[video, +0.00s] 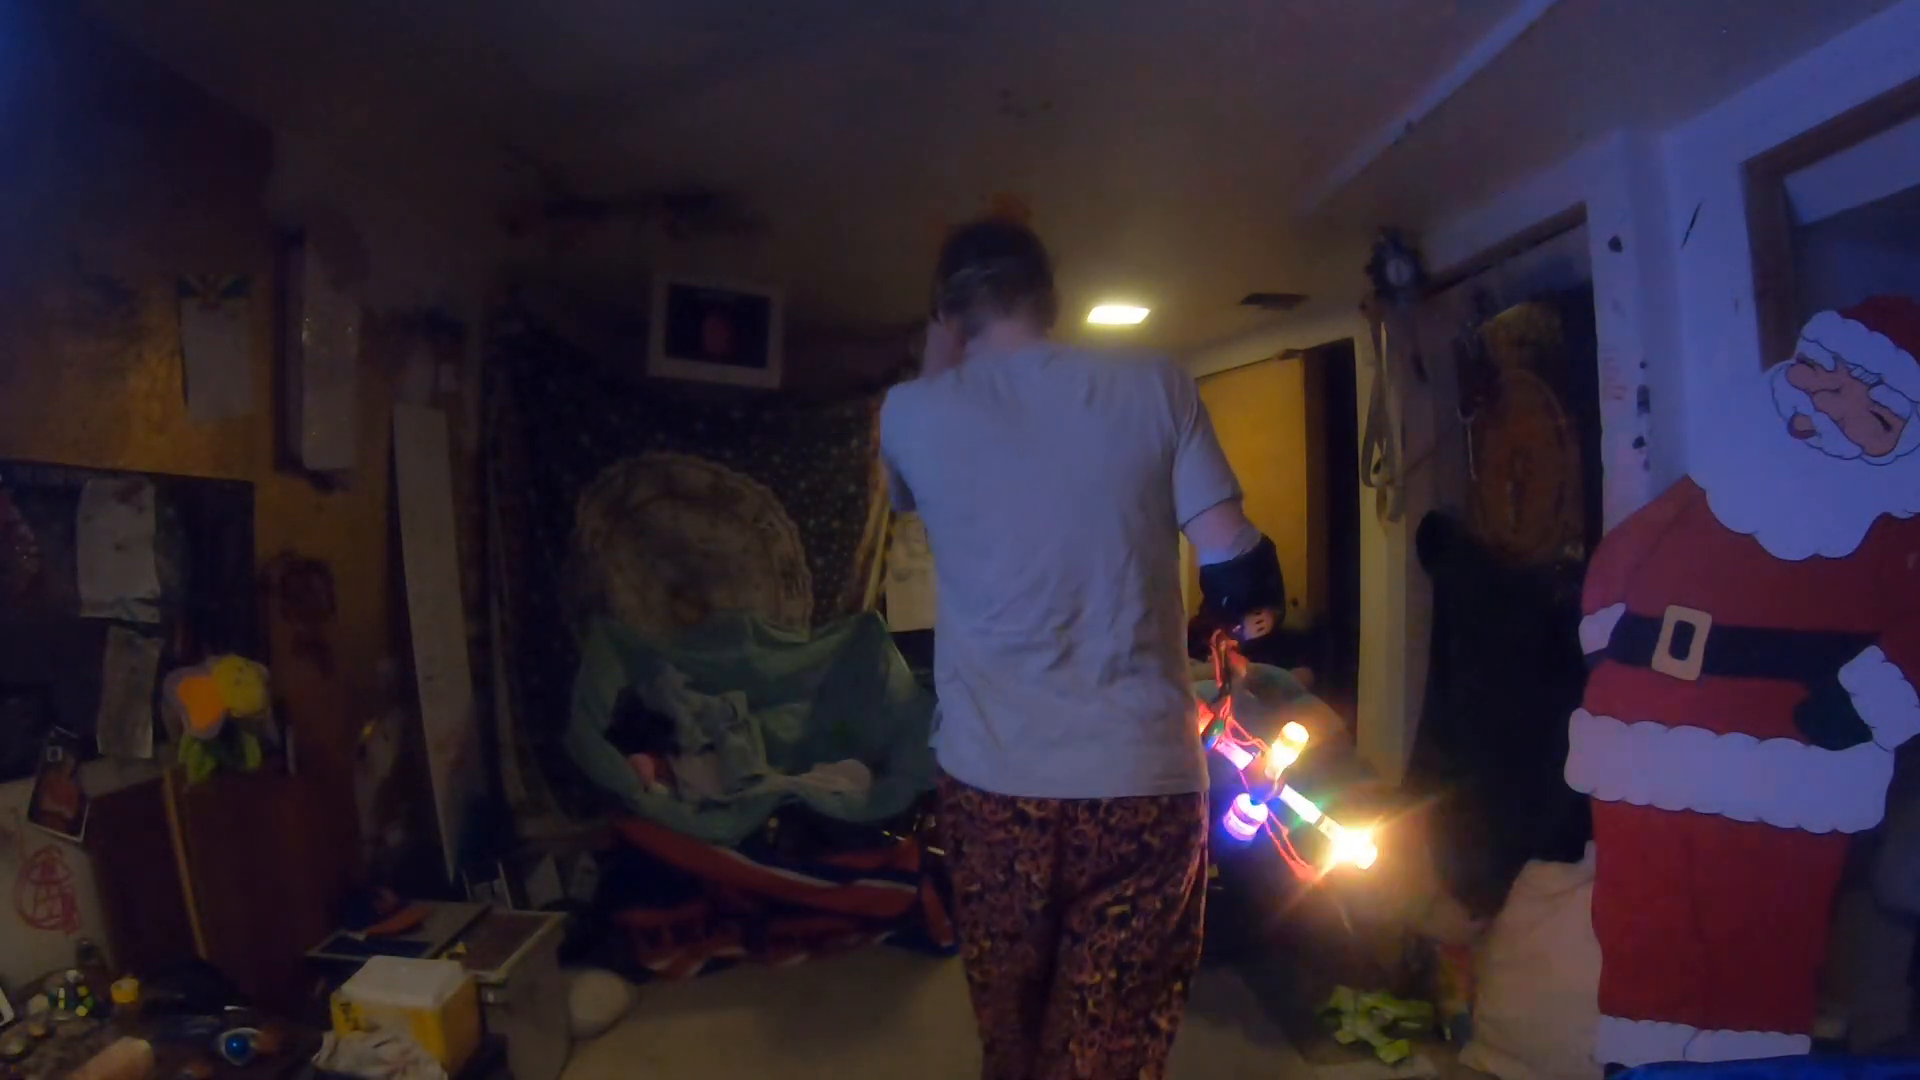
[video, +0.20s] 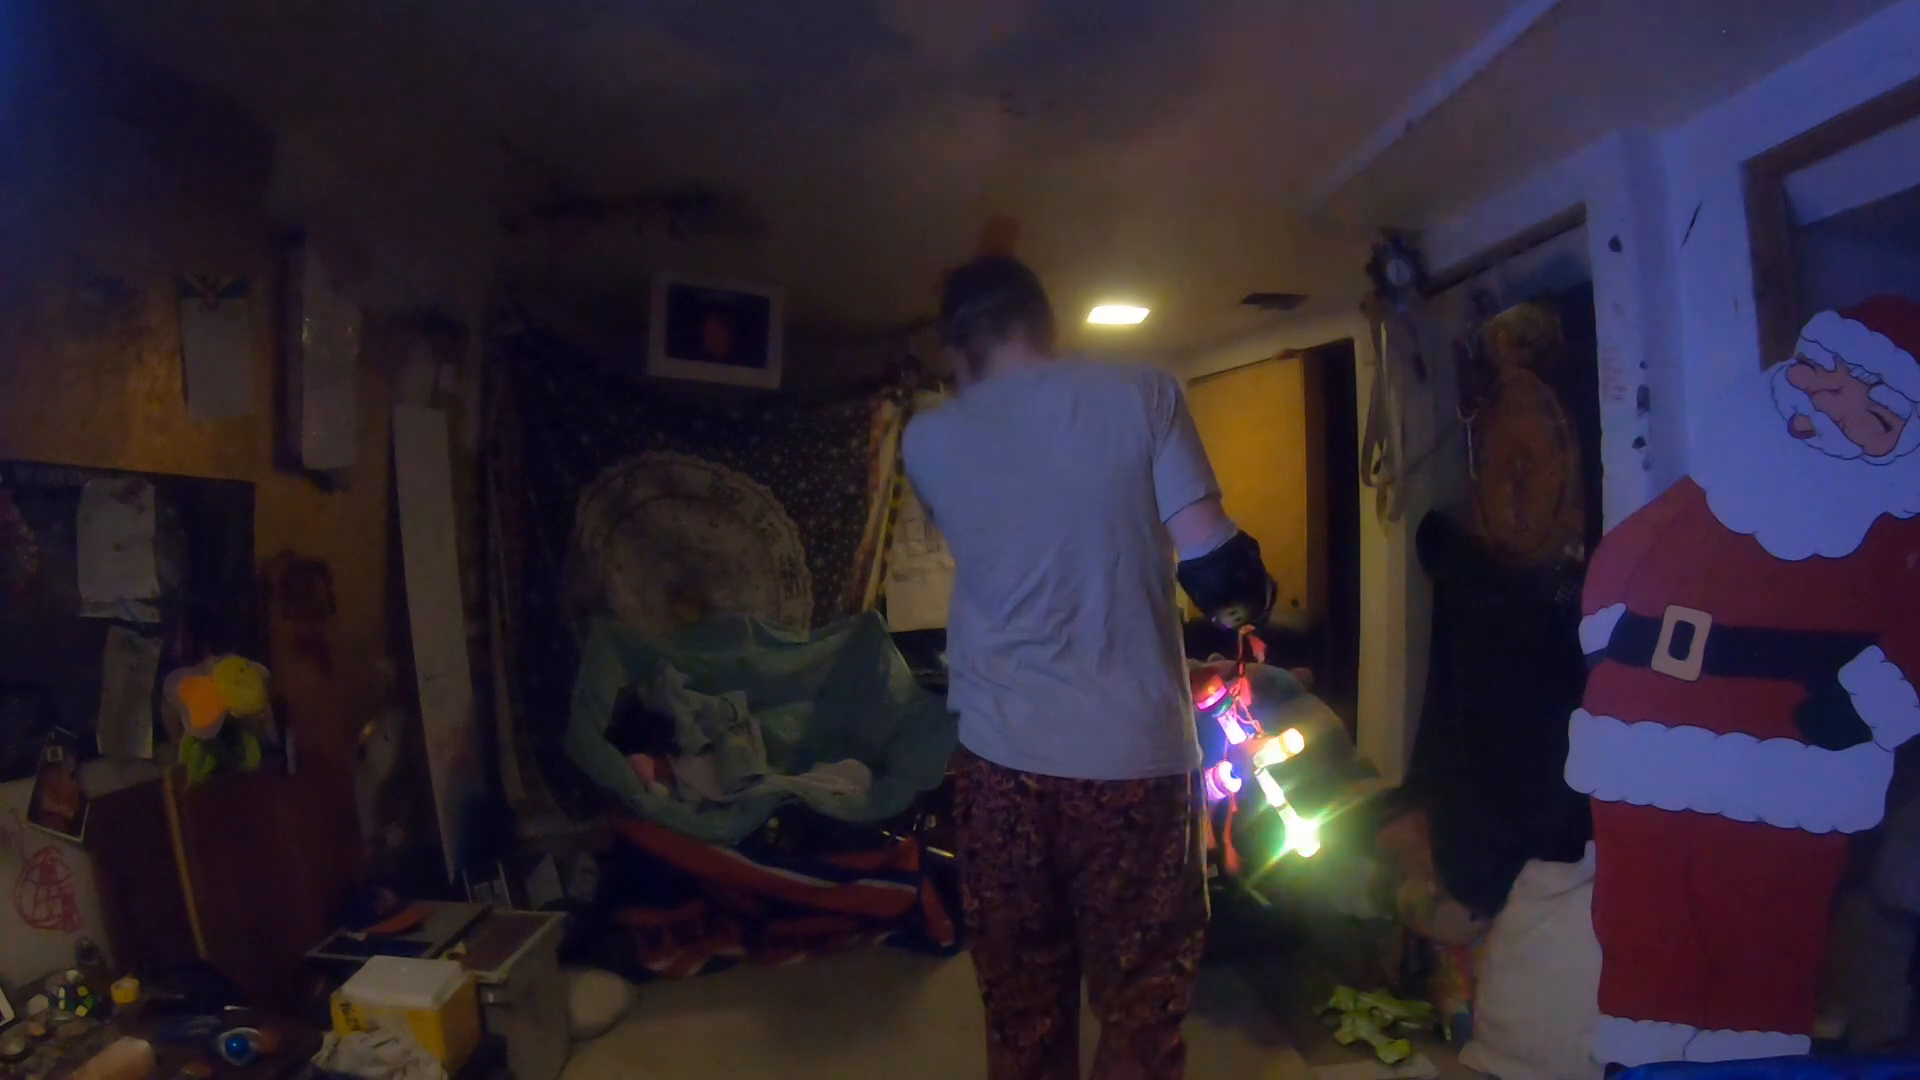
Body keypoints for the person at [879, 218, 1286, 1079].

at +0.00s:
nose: (943, 333)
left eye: (945, 318)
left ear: (951, 317)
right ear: (1052, 302)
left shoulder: (913, 414)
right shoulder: (1153, 386)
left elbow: (907, 491)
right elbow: (1239, 571)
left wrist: (936, 380)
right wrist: (1229, 623)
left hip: (989, 793)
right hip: (1143, 793)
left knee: (1009, 1039)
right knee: (1116, 1044)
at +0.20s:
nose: (954, 380)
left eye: (949, 363)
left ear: (954, 354)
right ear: (1048, 329)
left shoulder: (929, 440)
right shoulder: (1141, 394)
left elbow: (975, 546)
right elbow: (1219, 571)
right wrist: (1244, 598)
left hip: (995, 776)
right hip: (1133, 778)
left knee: (1021, 1020)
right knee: (1142, 1020)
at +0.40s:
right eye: (1072, 327)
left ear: (995, 350)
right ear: (1072, 330)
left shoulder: (963, 436)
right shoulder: (1146, 404)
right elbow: (1197, 577)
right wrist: (1246, 599)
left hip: (1006, 745)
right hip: (1132, 746)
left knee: (1027, 980)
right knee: (1172, 954)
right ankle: (1144, 1069)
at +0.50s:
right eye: (1099, 327)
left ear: (1022, 350)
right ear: (1102, 331)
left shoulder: (986, 427)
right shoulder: (1157, 409)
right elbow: (1192, 579)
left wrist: (1050, 273)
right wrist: (1235, 593)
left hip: (1017, 724)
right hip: (1137, 729)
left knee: (1036, 955)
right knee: (1169, 953)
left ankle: (1030, 1071)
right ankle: (1157, 1070)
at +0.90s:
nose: (1183, 396)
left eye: (1172, 385)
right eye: (1182, 383)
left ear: (1108, 386)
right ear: (1176, 380)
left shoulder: (1066, 452)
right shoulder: (1200, 441)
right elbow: (1227, 592)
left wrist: (1153, 318)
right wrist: (1265, 587)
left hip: (1091, 714)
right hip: (1194, 722)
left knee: (1093, 882)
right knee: (1205, 901)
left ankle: (1051, 1039)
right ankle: (1175, 1061)